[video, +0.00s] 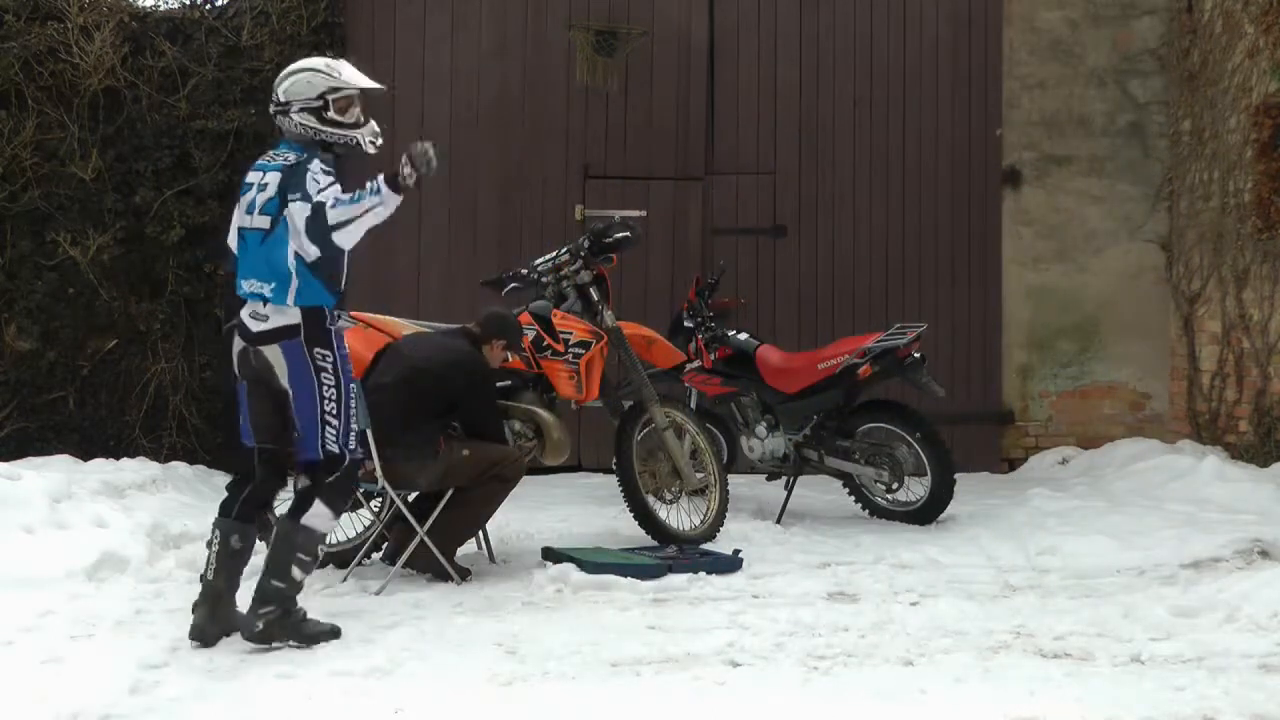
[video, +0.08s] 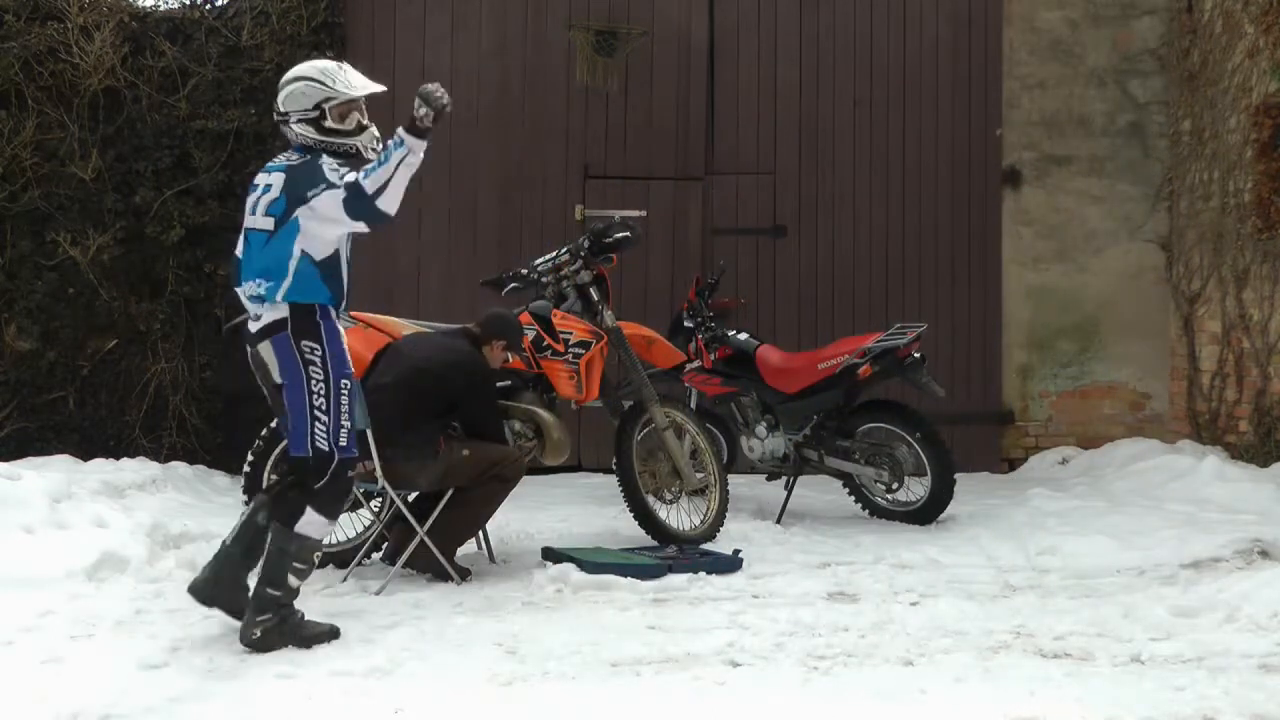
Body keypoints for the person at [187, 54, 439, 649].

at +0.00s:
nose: (355, 116)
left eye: (355, 105)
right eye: (343, 107)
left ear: (292, 117)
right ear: (308, 113)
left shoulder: (263, 169)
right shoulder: (311, 168)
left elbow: (241, 248)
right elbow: (324, 231)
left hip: (252, 334)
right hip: (300, 333)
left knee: (265, 468)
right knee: (339, 468)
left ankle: (214, 603)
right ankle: (274, 604)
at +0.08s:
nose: (360, 120)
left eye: (360, 109)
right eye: (347, 112)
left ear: (306, 126)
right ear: (311, 120)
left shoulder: (277, 171)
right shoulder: (310, 173)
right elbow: (369, 206)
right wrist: (414, 136)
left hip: (274, 328)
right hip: (300, 327)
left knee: (305, 457)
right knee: (334, 466)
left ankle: (225, 574)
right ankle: (272, 610)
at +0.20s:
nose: (371, 132)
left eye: (376, 122)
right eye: (360, 119)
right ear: (327, 117)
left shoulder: (289, 172)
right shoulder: (314, 174)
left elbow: (266, 256)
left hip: (311, 329)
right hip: (299, 331)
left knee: (389, 435)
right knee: (326, 471)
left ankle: (282, 515)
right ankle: (268, 616)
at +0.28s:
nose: (382, 123)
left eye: (388, 112)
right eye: (370, 109)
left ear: (388, 114)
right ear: (333, 108)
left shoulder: (307, 166)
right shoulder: (318, 171)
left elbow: (294, 246)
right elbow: (408, 188)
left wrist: (351, 276)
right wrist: (508, 168)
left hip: (324, 326)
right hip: (296, 329)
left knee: (410, 416)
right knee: (325, 472)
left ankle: (331, 525)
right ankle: (266, 615)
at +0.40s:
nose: (394, 105)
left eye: (395, 94)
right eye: (384, 92)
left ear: (350, 97)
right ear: (348, 95)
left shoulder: (351, 159)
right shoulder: (324, 158)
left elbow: (397, 233)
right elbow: (392, 227)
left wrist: (476, 260)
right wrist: (477, 260)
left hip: (352, 319)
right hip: (320, 320)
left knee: (399, 436)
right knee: (338, 459)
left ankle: (358, 586)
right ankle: (273, 604)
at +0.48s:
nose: (400, 107)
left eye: (398, 96)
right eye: (389, 96)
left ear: (352, 104)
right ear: (357, 102)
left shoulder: (361, 165)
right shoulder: (324, 171)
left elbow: (375, 258)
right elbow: (361, 263)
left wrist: (419, 309)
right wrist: (430, 306)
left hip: (361, 323)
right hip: (337, 327)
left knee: (390, 461)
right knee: (391, 466)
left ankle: (355, 597)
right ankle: (292, 581)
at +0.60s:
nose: (402, 115)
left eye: (401, 105)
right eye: (393, 104)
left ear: (363, 110)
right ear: (363, 109)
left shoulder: (385, 166)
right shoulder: (325, 181)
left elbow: (419, 122)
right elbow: (304, 272)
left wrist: (441, 60)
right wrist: (380, 313)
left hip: (376, 331)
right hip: (347, 334)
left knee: (396, 457)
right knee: (455, 437)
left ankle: (357, 597)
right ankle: (360, 520)